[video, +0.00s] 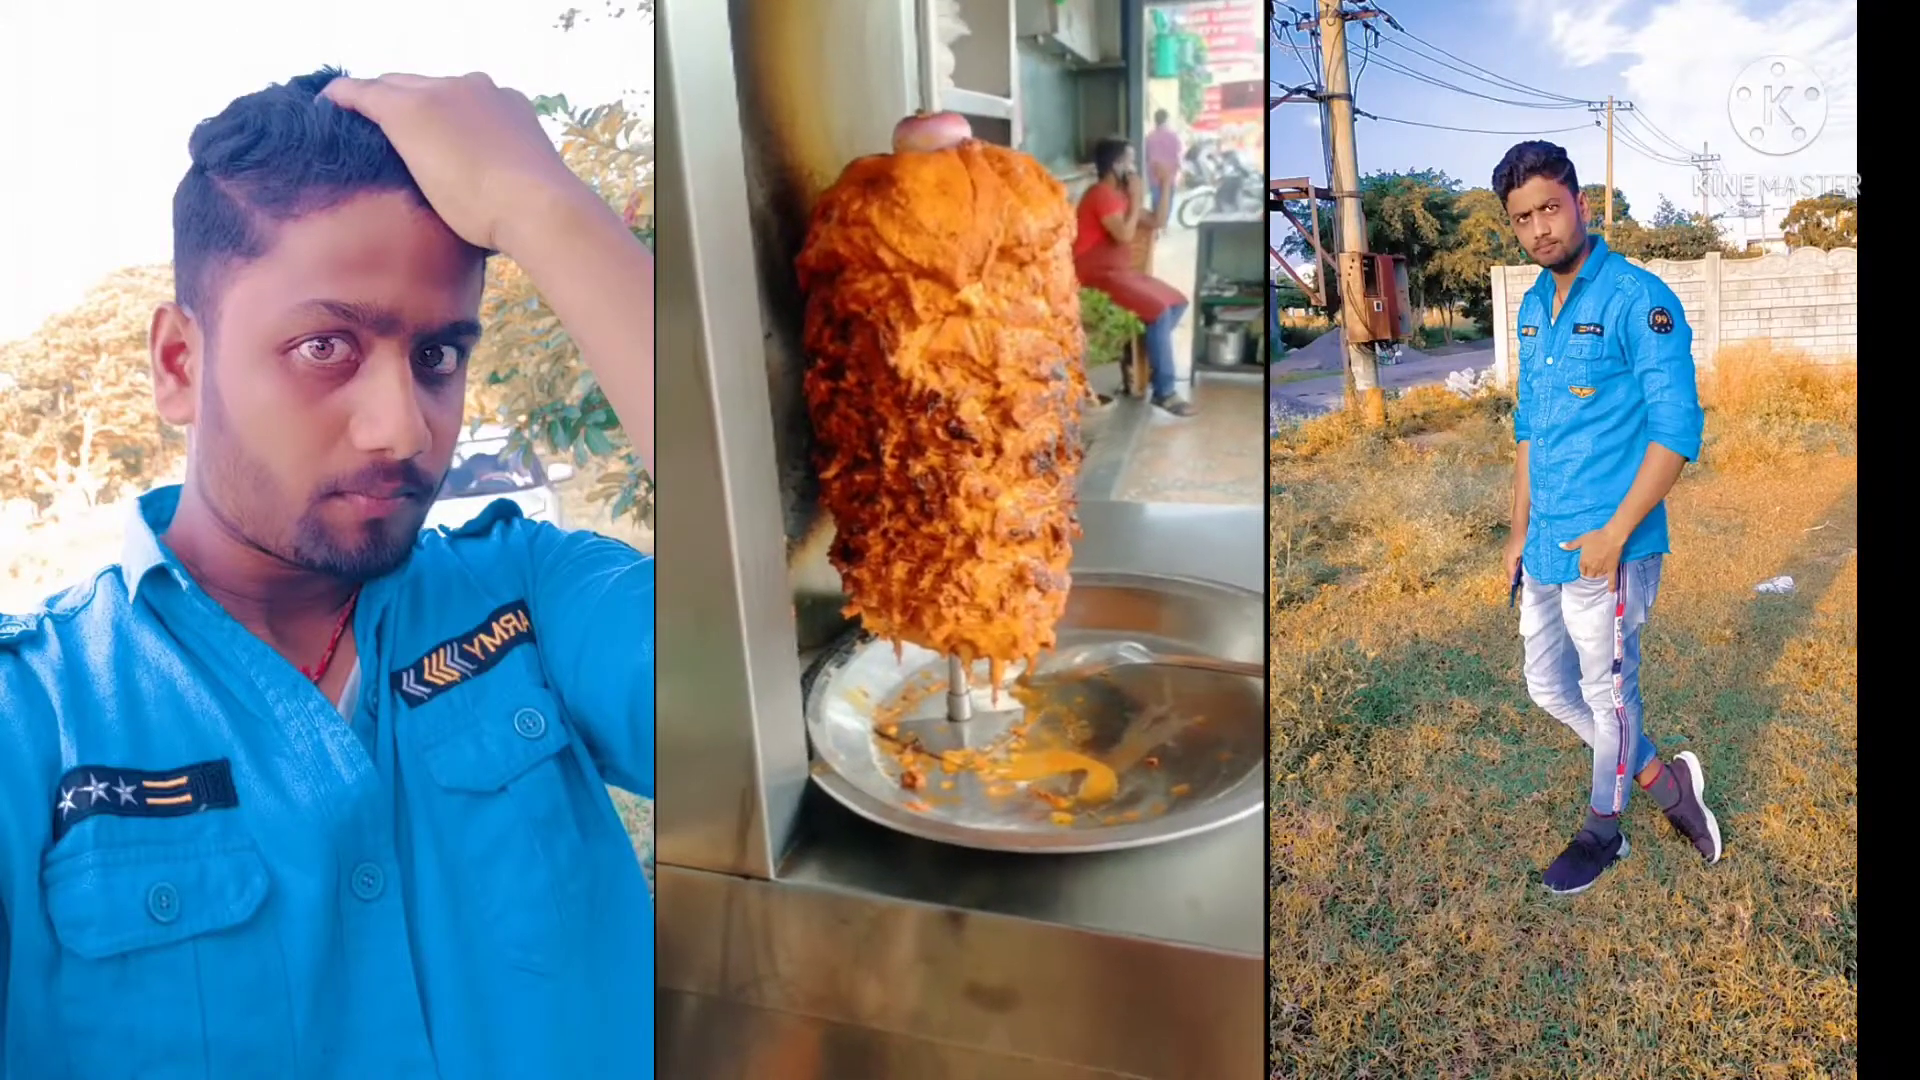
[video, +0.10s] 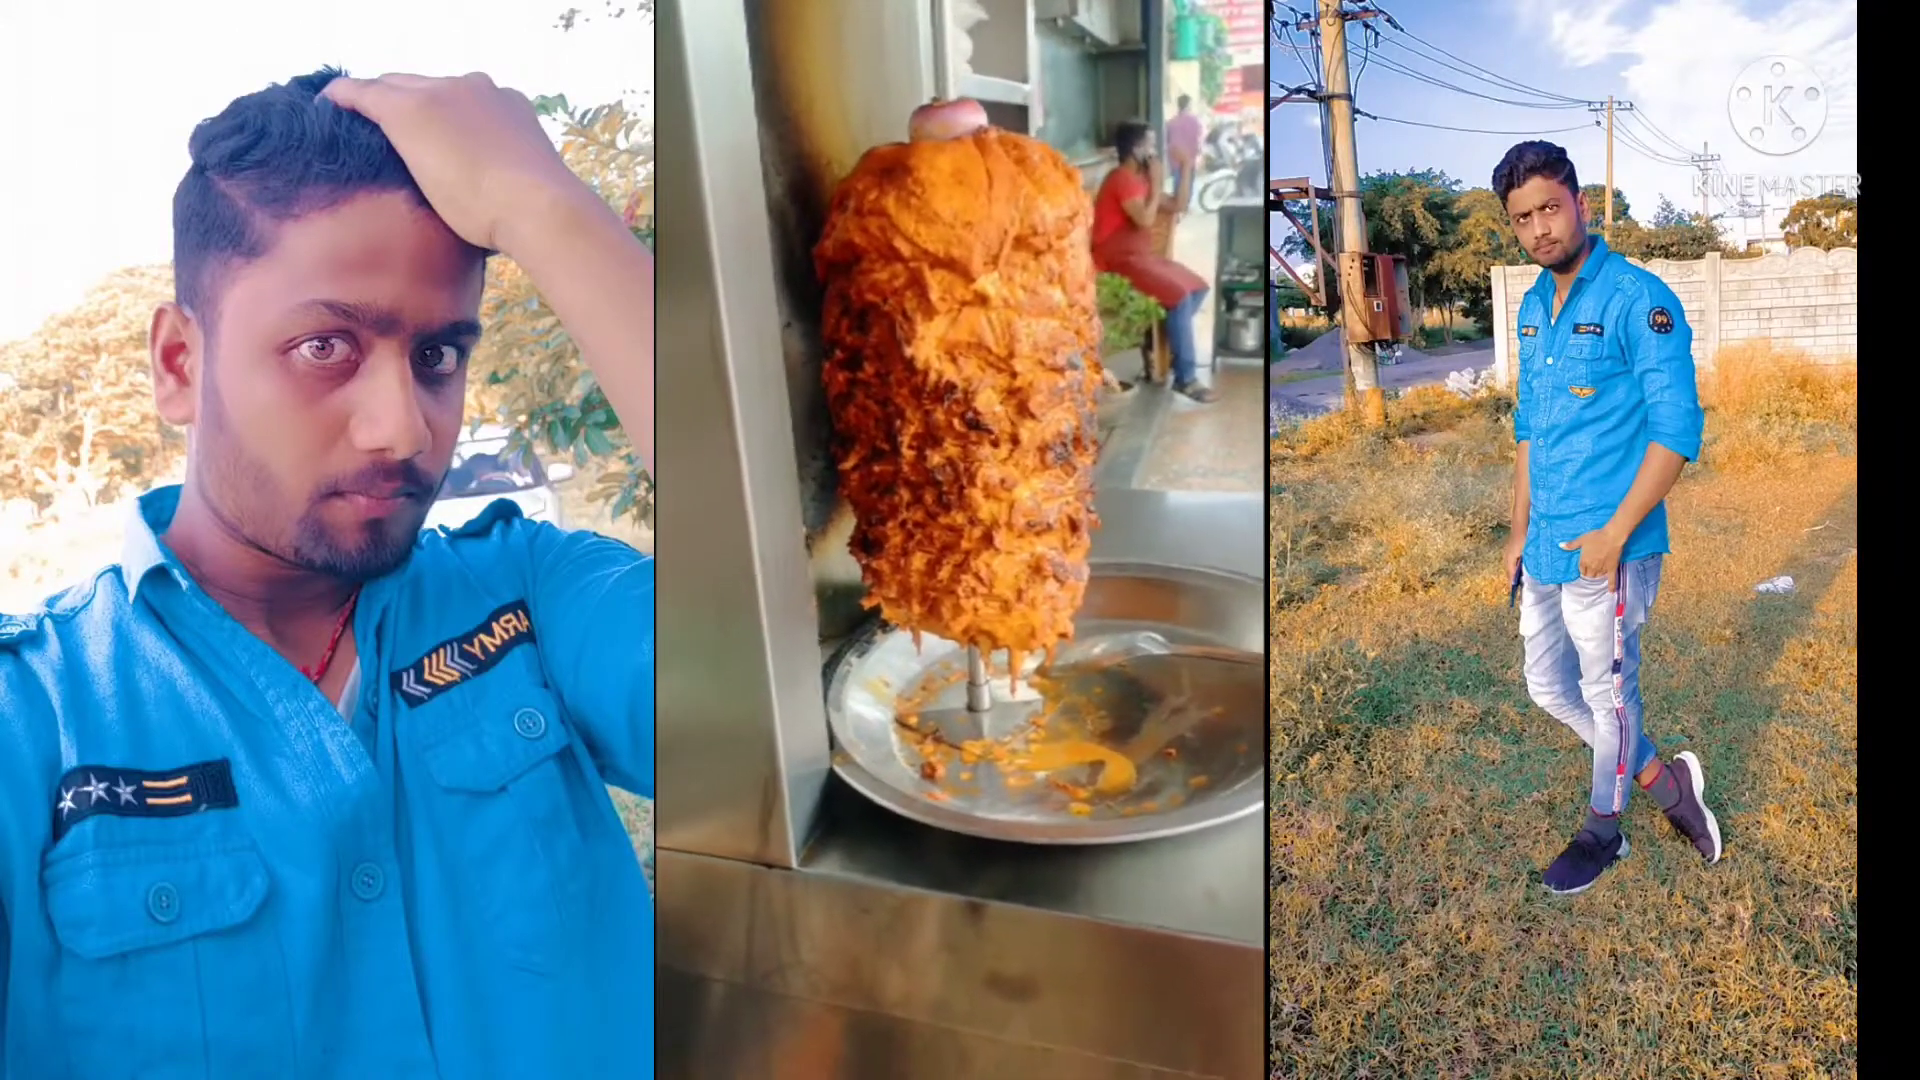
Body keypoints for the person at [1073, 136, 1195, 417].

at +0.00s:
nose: (1133, 166)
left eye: (1133, 160)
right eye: (1128, 160)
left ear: (1114, 165)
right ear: (1113, 164)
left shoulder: (1119, 193)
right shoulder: (1101, 194)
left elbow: (1156, 222)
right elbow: (1124, 234)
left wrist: (1166, 186)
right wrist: (1135, 194)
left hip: (1121, 270)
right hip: (1099, 272)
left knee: (1178, 303)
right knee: (1158, 311)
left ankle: (1134, 357)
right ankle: (1164, 392)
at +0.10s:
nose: (1153, 148)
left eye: (1153, 142)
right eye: (1149, 143)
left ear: (1134, 148)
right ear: (1134, 147)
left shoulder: (1139, 177)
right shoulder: (1121, 177)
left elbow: (1177, 206)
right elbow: (1144, 218)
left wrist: (1186, 168)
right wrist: (1156, 178)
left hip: (1140, 253)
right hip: (1119, 256)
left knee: (1199, 288)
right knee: (1178, 295)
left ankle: (1155, 345)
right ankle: (1185, 379)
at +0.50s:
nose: (1148, 126)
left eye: (1148, 120)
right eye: (1144, 120)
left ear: (1134, 125)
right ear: (1129, 124)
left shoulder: (1135, 155)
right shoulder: (1113, 155)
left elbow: (1169, 184)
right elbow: (1136, 196)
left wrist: (1176, 148)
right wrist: (1151, 153)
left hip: (1132, 232)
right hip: (1108, 235)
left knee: (1189, 267)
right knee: (1167, 274)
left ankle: (1142, 323)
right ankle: (1172, 358)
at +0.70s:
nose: (1119, 135)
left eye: (1118, 129)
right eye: (1113, 129)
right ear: (1099, 134)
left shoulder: (1106, 166)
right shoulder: (1085, 165)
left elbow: (1140, 193)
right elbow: (1108, 207)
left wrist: (1149, 156)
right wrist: (1124, 162)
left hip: (1102, 241)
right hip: (1079, 245)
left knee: (1159, 277)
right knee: (1138, 284)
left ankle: (1113, 331)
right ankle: (1142, 366)